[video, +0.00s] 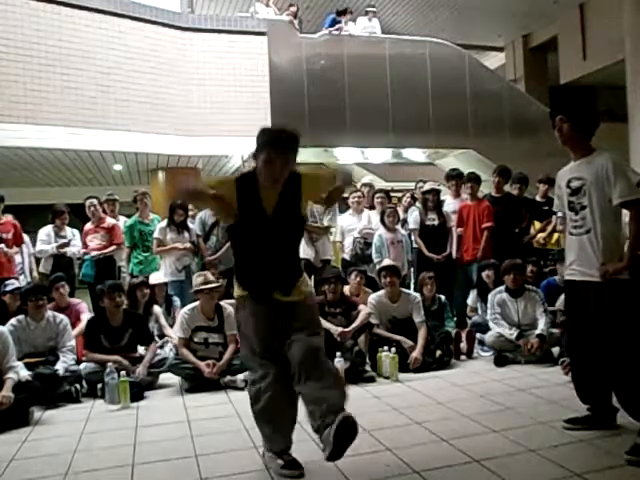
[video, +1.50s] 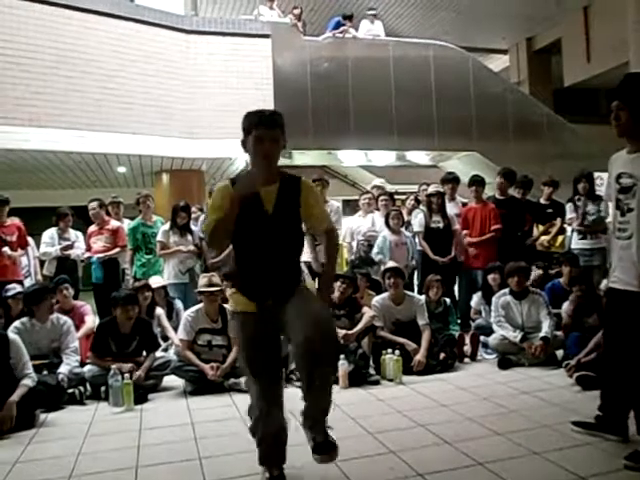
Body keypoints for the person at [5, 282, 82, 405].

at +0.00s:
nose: (39, 303)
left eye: (42, 299)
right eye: (33, 300)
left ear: (47, 301)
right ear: (25, 305)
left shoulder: (60, 321)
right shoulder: (14, 325)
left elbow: (68, 352)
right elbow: (10, 358)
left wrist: (58, 370)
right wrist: (23, 374)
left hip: (53, 367)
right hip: (28, 370)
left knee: (75, 375)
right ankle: (65, 394)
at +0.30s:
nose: (39, 303)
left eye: (42, 299)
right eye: (33, 300)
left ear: (47, 301)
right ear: (25, 305)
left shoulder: (60, 321)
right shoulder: (14, 326)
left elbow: (69, 352)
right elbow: (11, 358)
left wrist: (58, 371)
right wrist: (24, 375)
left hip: (54, 367)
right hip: (28, 370)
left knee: (75, 374)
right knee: (21, 388)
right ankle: (67, 394)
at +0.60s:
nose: (41, 303)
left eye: (44, 299)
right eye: (36, 300)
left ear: (48, 300)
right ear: (26, 305)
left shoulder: (60, 321)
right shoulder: (15, 325)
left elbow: (68, 352)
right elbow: (5, 353)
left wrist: (59, 370)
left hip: (53, 367)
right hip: (27, 369)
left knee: (75, 373)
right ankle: (65, 394)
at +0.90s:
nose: (45, 303)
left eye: (46, 298)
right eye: (40, 300)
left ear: (49, 299)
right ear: (28, 305)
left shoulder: (59, 321)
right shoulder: (14, 326)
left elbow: (68, 352)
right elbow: (9, 356)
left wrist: (59, 371)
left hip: (53, 366)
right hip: (27, 370)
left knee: (75, 374)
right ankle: (66, 394)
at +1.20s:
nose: (52, 304)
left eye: (52, 299)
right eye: (47, 301)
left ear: (54, 300)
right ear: (34, 306)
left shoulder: (64, 323)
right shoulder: (18, 328)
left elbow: (72, 354)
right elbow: (17, 360)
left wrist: (63, 373)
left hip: (57, 369)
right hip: (32, 372)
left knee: (79, 375)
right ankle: (69, 397)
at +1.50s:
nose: (53, 302)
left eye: (53, 298)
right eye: (48, 299)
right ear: (35, 305)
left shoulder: (64, 323)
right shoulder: (18, 329)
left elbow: (71, 353)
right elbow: (15, 359)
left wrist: (63, 372)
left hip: (58, 368)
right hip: (32, 371)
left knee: (79, 375)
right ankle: (69, 397)